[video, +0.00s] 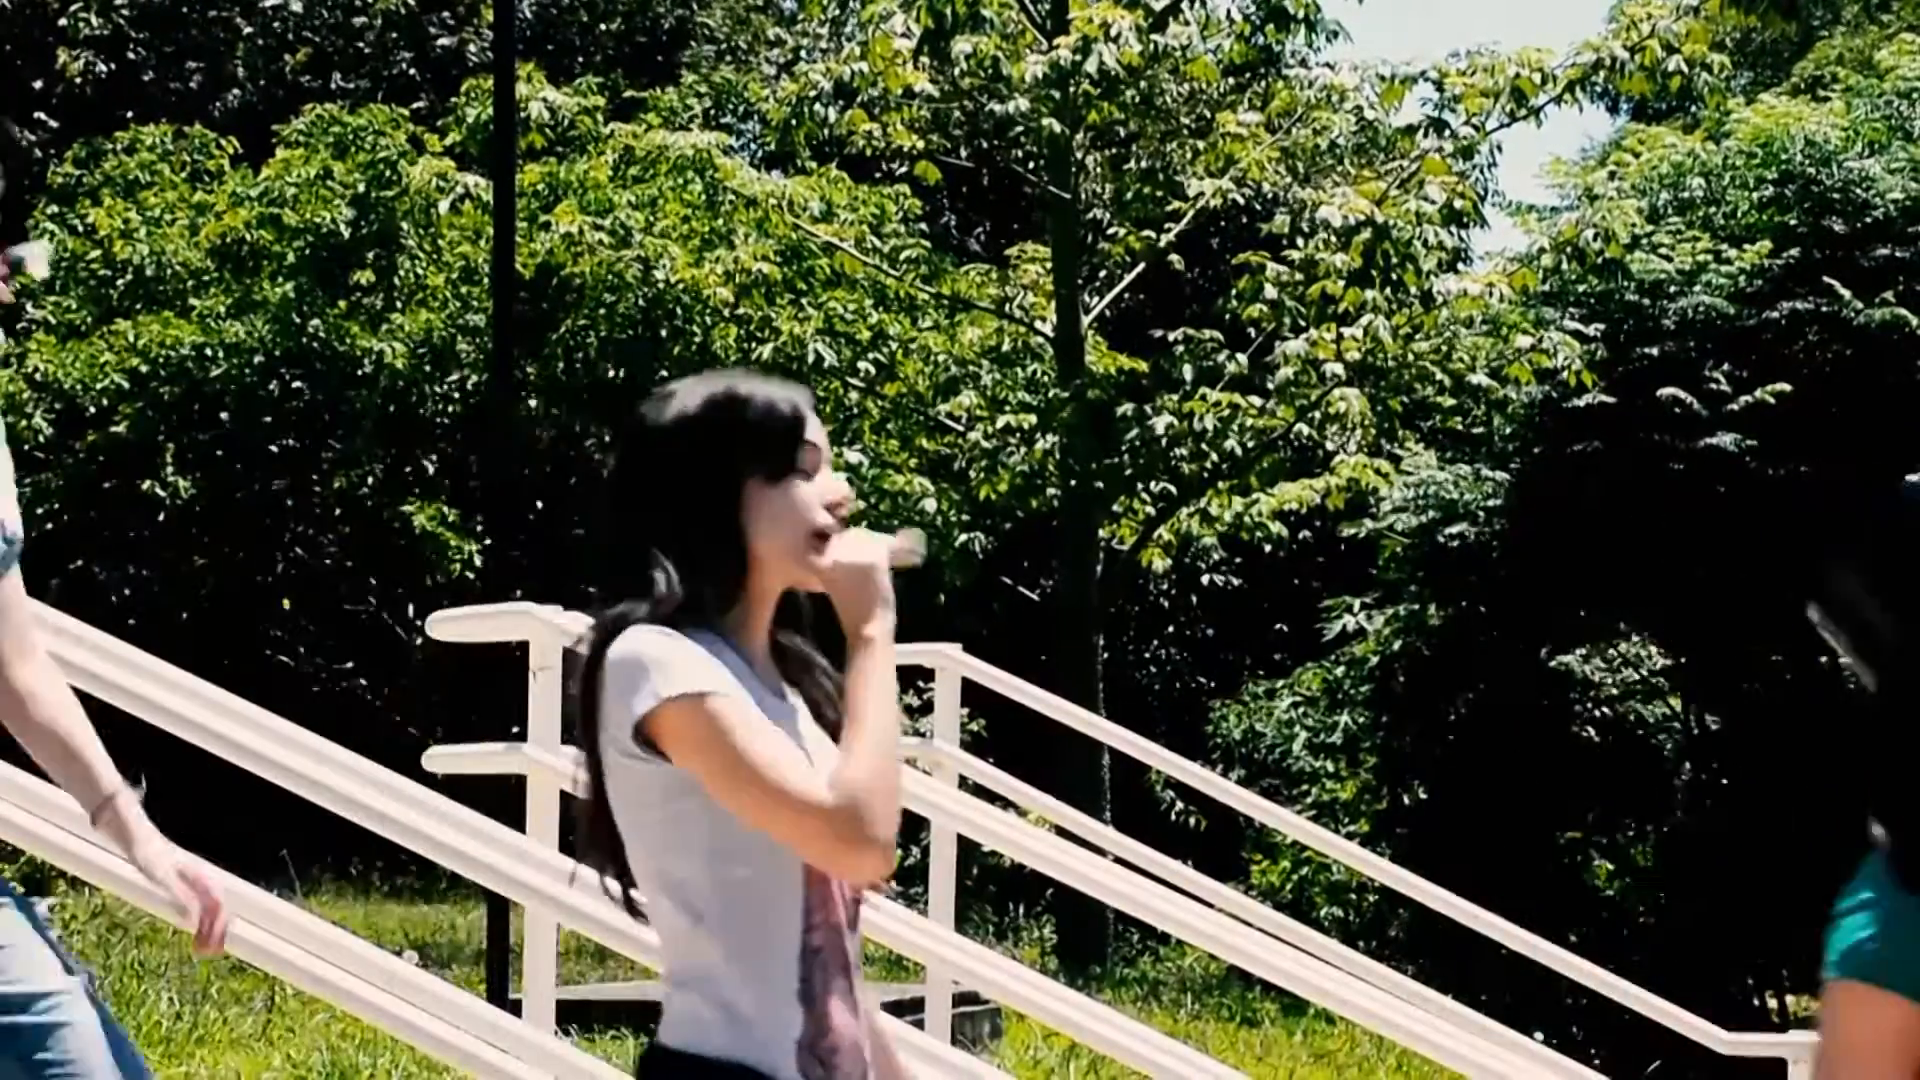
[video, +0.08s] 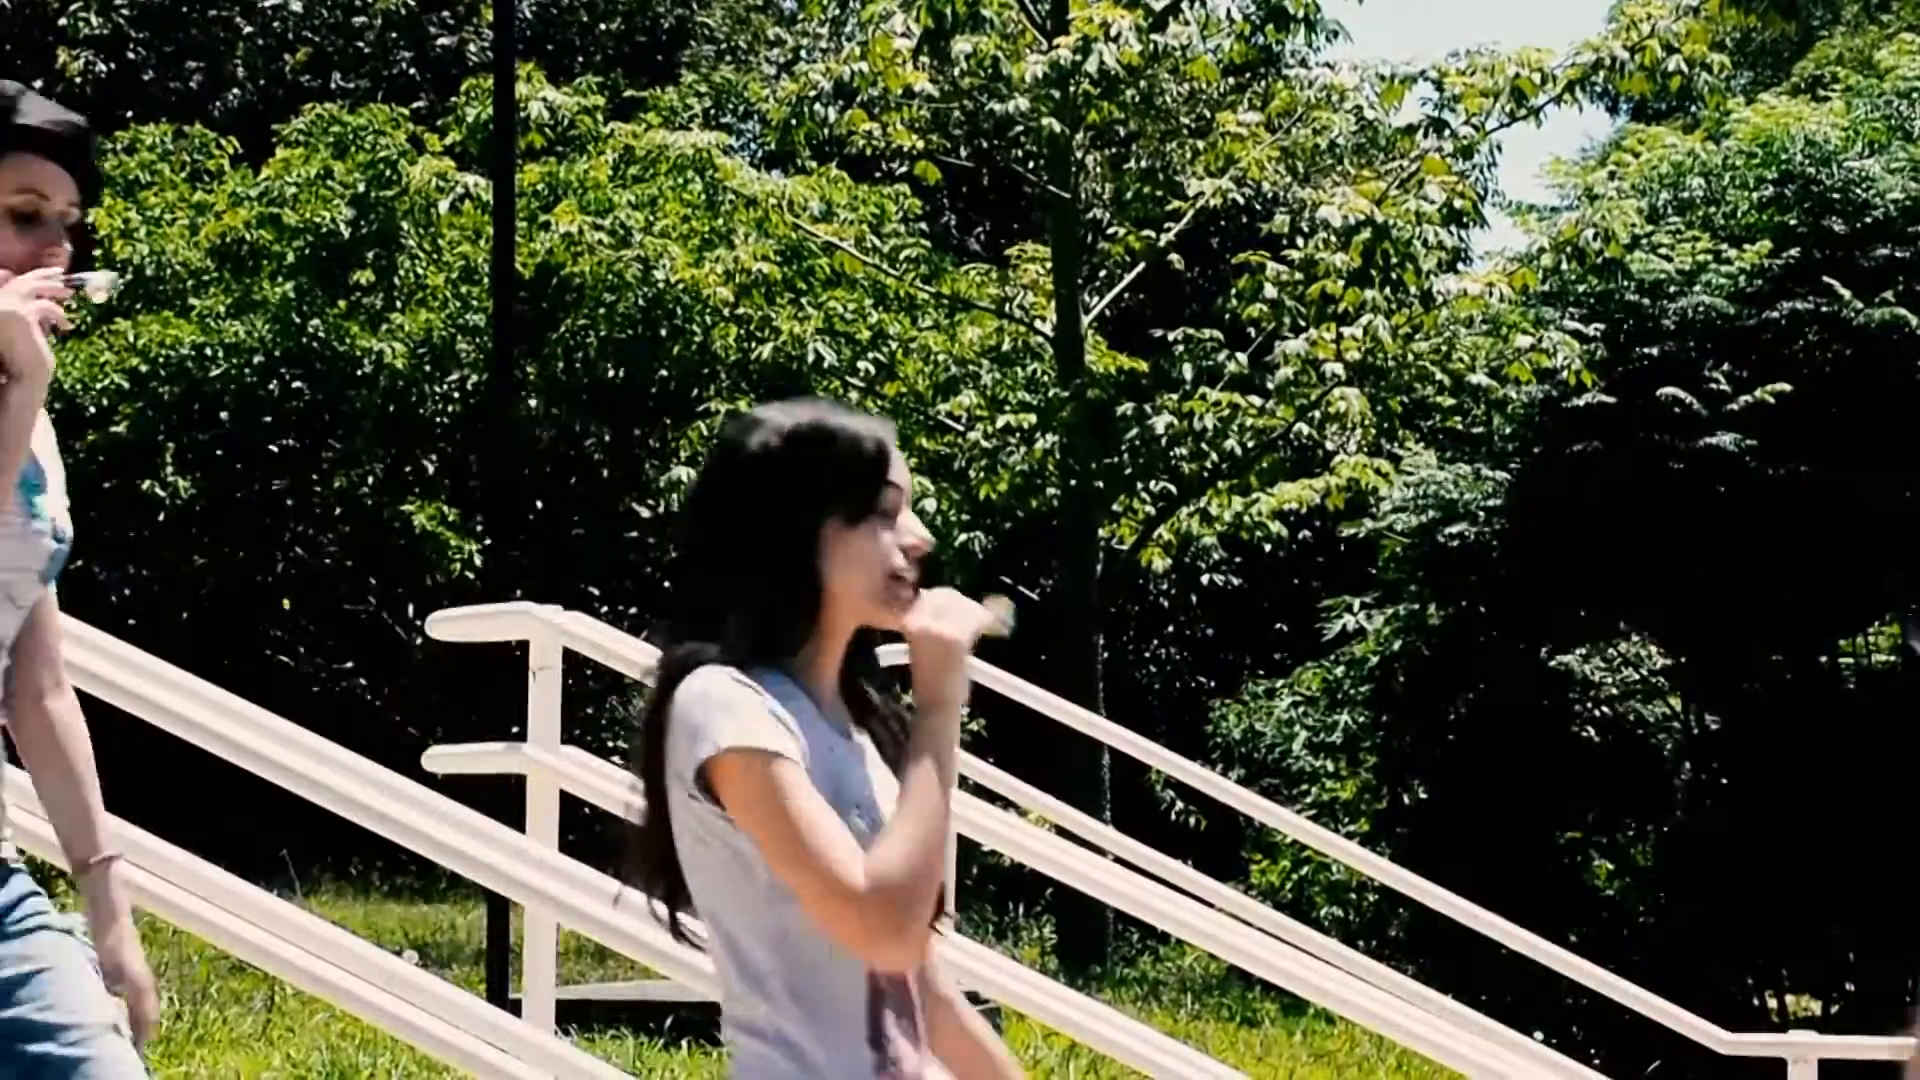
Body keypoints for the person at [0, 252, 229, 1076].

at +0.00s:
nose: (9, 290)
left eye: (14, 271)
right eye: (6, 271)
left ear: (18, 275)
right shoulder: (0, 458)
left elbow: (21, 655)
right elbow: (21, 656)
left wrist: (125, 816)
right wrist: (123, 819)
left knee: (97, 1065)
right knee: (83, 1063)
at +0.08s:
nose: (58, 251)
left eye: (70, 226)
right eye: (26, 216)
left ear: (79, 238)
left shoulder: (27, 412)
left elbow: (41, 687)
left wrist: (106, 907)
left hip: (2, 880)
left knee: (103, 1066)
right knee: (90, 1060)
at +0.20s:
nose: (145, 264)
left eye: (161, 239)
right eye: (117, 230)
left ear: (169, 246)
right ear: (30, 229)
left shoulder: (103, 405)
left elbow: (62, 649)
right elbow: (17, 588)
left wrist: (81, 849)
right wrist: (97, 370)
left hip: (87, 886)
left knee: (149, 1068)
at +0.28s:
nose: (210, 285)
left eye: (223, 261)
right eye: (180, 250)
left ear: (230, 271)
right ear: (88, 241)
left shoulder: (178, 428)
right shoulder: (10, 377)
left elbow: (139, 672)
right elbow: (76, 600)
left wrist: (163, 863)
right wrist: (158, 392)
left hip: (167, 911)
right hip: (36, 907)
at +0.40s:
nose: (294, 342)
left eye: (304, 318)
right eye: (263, 309)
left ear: (313, 329)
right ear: (174, 311)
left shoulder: (250, 494)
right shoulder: (77, 458)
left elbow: (228, 738)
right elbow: (171, 701)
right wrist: (264, 488)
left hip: (258, 973)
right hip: (118, 975)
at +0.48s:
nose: (343, 354)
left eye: (356, 330)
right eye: (310, 321)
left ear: (368, 344)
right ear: (227, 325)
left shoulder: (311, 511)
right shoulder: (134, 476)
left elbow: (293, 762)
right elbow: (240, 719)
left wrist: (322, 926)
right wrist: (321, 501)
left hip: (315, 984)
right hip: (172, 991)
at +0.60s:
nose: (405, 323)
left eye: (418, 297)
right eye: (367, 293)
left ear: (433, 315)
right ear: (289, 311)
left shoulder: (411, 502)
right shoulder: (205, 461)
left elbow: (441, 770)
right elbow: (317, 686)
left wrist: (568, 970)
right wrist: (383, 469)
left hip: (382, 971)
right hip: (248, 967)